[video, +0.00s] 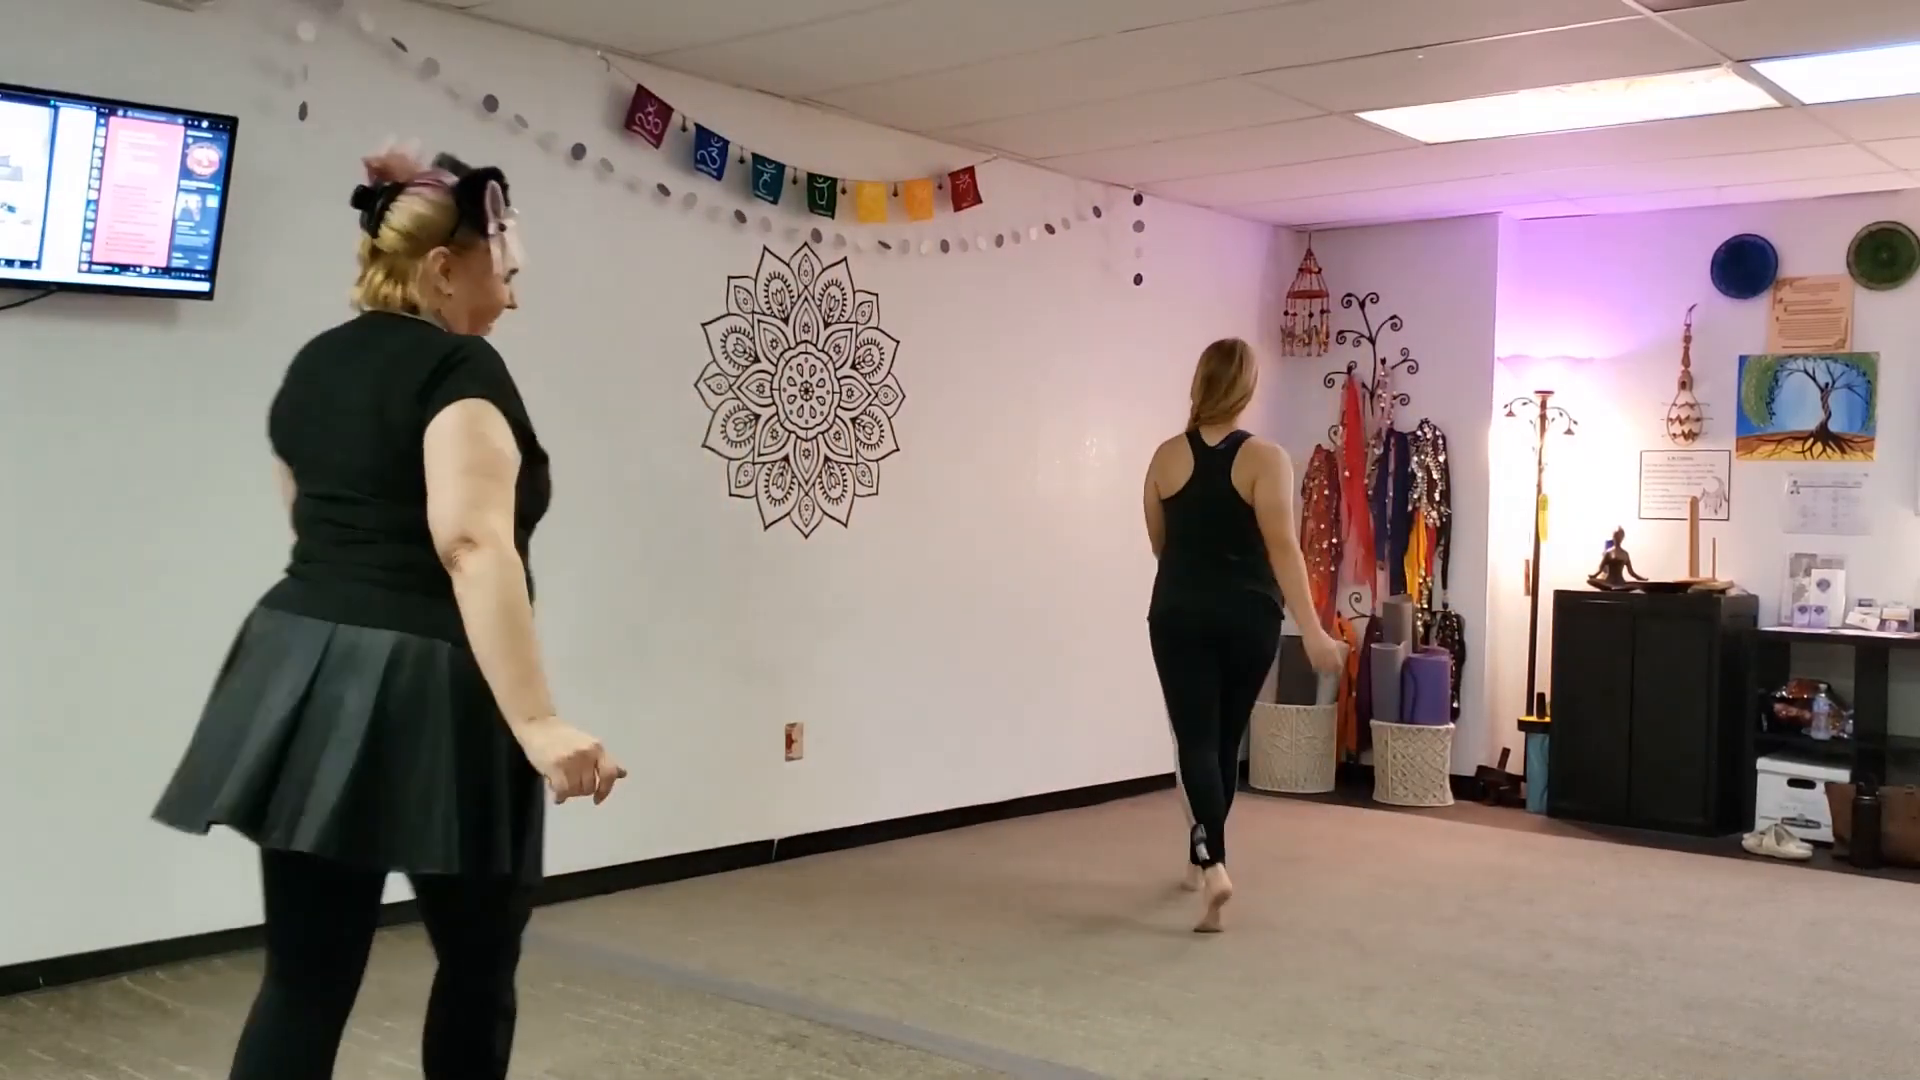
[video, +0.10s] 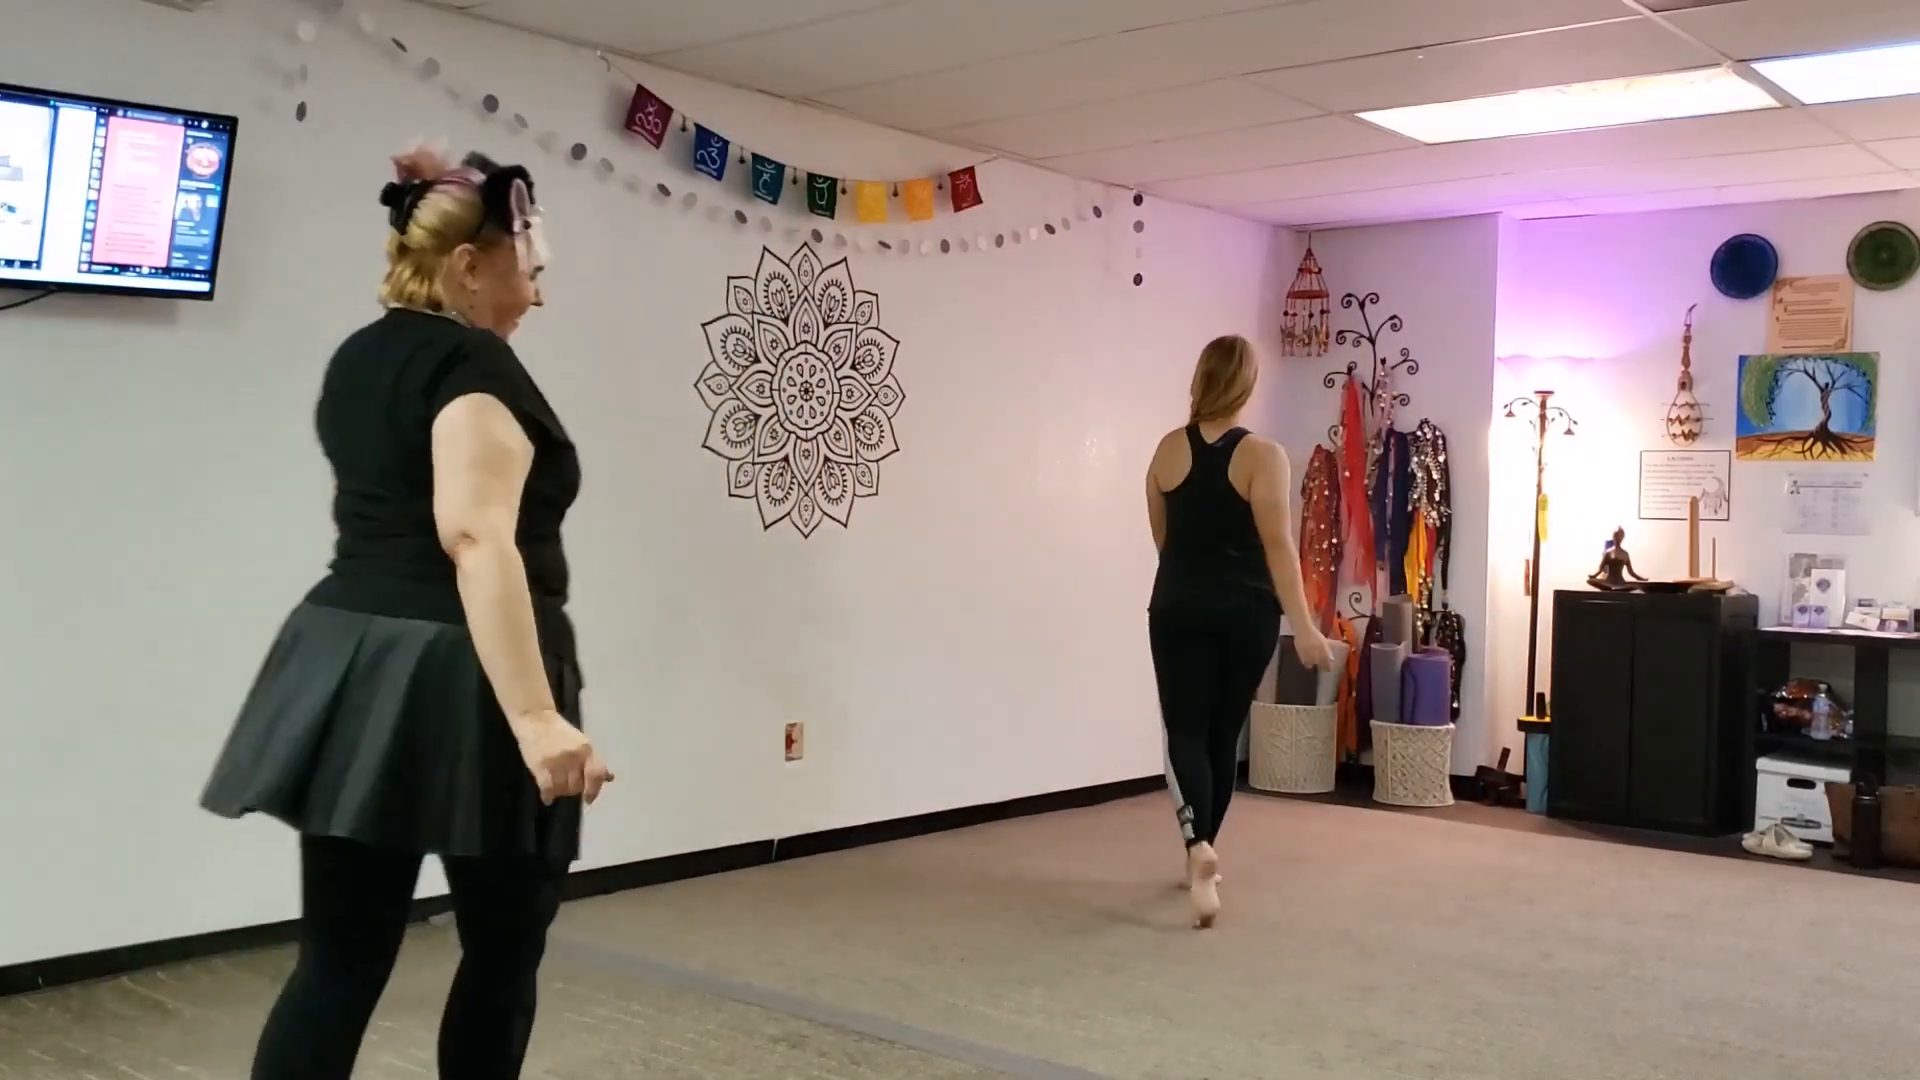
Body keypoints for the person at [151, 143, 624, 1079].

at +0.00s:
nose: (510, 291)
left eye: (511, 270)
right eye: (502, 269)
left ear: (413, 265)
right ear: (441, 268)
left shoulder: (317, 362)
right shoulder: (460, 367)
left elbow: (308, 519)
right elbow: (473, 543)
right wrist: (539, 722)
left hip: (307, 678)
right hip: (440, 694)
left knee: (305, 977)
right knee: (478, 967)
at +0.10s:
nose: (536, 283)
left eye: (536, 261)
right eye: (528, 260)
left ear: (439, 260)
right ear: (468, 263)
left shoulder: (358, 358)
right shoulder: (477, 370)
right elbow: (480, 539)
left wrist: (438, 205)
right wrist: (541, 720)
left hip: (350, 670)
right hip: (476, 688)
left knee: (341, 957)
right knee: (503, 955)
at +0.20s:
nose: (562, 289)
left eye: (561, 267)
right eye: (552, 266)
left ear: (473, 263)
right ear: (494, 266)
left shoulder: (396, 356)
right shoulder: (496, 374)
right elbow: (488, 540)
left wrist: (468, 199)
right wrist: (535, 716)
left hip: (396, 662)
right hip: (508, 675)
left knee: (375, 938)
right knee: (516, 953)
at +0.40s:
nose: (615, 308)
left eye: (616, 289)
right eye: (607, 287)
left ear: (530, 280)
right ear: (547, 284)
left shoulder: (461, 362)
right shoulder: (527, 384)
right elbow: (520, 551)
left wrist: (530, 221)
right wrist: (586, 707)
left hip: (469, 648)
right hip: (546, 661)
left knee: (515, 880)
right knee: (559, 918)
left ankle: (366, 992)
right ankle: (497, 1077)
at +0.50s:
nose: (648, 318)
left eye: (650, 299)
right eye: (636, 296)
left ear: (566, 292)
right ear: (569, 290)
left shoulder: (507, 369)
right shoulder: (534, 384)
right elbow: (528, 550)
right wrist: (650, 675)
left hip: (504, 645)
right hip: (545, 661)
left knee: (615, 854)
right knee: (584, 889)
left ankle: (432, 921)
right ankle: (504, 1068)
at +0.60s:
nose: (671, 310)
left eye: (673, 291)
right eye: (655, 287)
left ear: (584, 286)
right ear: (584, 283)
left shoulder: (533, 364)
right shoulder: (555, 370)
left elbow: (482, 539)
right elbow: (540, 533)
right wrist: (686, 627)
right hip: (567, 659)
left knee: (696, 840)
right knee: (576, 914)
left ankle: (501, 953)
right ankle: (507, 1073)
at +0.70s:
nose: (693, 303)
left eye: (697, 284)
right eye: (677, 279)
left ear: (610, 281)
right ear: (608, 277)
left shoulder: (579, 362)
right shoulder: (575, 360)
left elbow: (490, 504)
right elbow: (558, 514)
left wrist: (540, 617)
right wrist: (713, 600)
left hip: (647, 656)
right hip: (592, 663)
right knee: (590, 913)